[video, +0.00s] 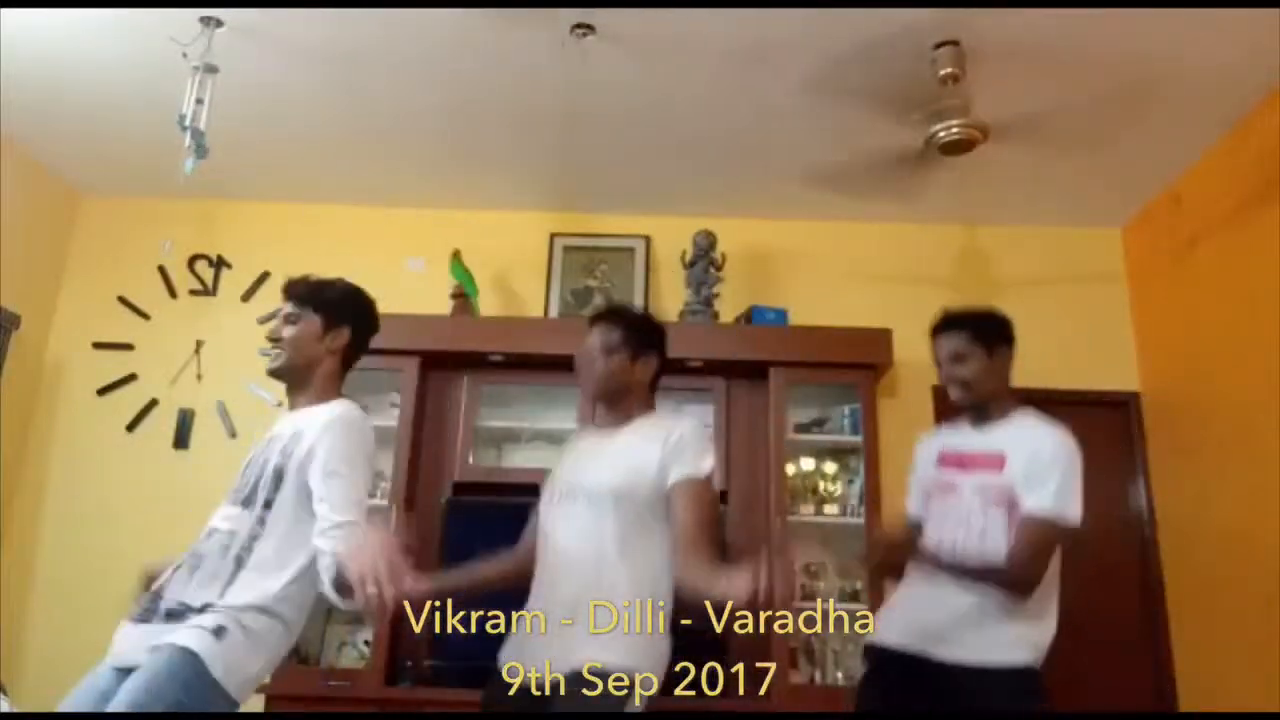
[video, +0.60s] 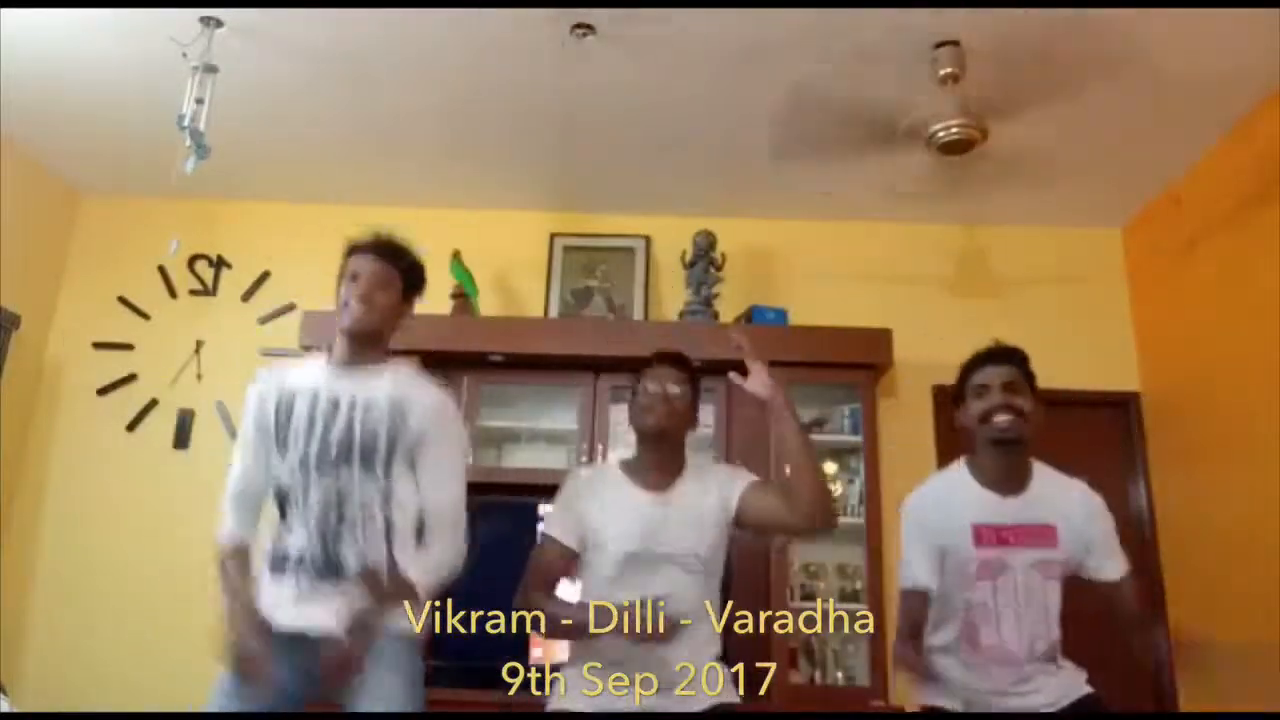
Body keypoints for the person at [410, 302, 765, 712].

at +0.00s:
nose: (587, 364)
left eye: (605, 353)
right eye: (586, 353)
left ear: (644, 367)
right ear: (582, 359)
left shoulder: (679, 436)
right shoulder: (578, 448)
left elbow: (693, 568)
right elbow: (524, 558)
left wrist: (739, 582)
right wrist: (426, 585)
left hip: (612, 671)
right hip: (531, 663)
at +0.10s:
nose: (600, 324)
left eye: (617, 314)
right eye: (595, 313)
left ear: (655, 334)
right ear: (584, 325)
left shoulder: (686, 402)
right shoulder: (572, 403)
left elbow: (711, 533)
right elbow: (529, 521)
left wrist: (741, 518)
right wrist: (422, 551)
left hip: (629, 632)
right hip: (542, 625)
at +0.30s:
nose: (618, 302)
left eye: (634, 292)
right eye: (611, 292)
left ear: (666, 315)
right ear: (599, 306)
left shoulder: (699, 387)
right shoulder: (574, 381)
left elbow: (747, 507)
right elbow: (537, 486)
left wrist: (755, 462)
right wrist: (489, 533)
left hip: (662, 609)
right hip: (564, 604)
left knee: (657, 707)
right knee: (543, 708)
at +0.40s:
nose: (632, 328)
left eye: (648, 318)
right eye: (622, 316)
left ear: (675, 334)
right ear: (609, 327)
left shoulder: (701, 412)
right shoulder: (576, 404)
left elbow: (752, 504)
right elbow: (543, 494)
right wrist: (520, 546)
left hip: (671, 637)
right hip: (573, 632)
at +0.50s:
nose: (648, 370)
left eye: (663, 361)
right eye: (639, 360)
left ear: (685, 389)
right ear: (623, 381)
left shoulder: (713, 468)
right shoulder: (578, 466)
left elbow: (800, 534)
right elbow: (526, 573)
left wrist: (778, 416)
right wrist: (567, 609)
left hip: (686, 694)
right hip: (584, 693)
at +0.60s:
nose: (653, 397)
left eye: (671, 390)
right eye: (643, 388)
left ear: (693, 416)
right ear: (630, 408)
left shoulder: (719, 485)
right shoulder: (586, 487)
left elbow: (812, 515)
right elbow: (531, 601)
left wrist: (778, 402)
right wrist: (614, 620)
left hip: (693, 697)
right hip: (593, 698)